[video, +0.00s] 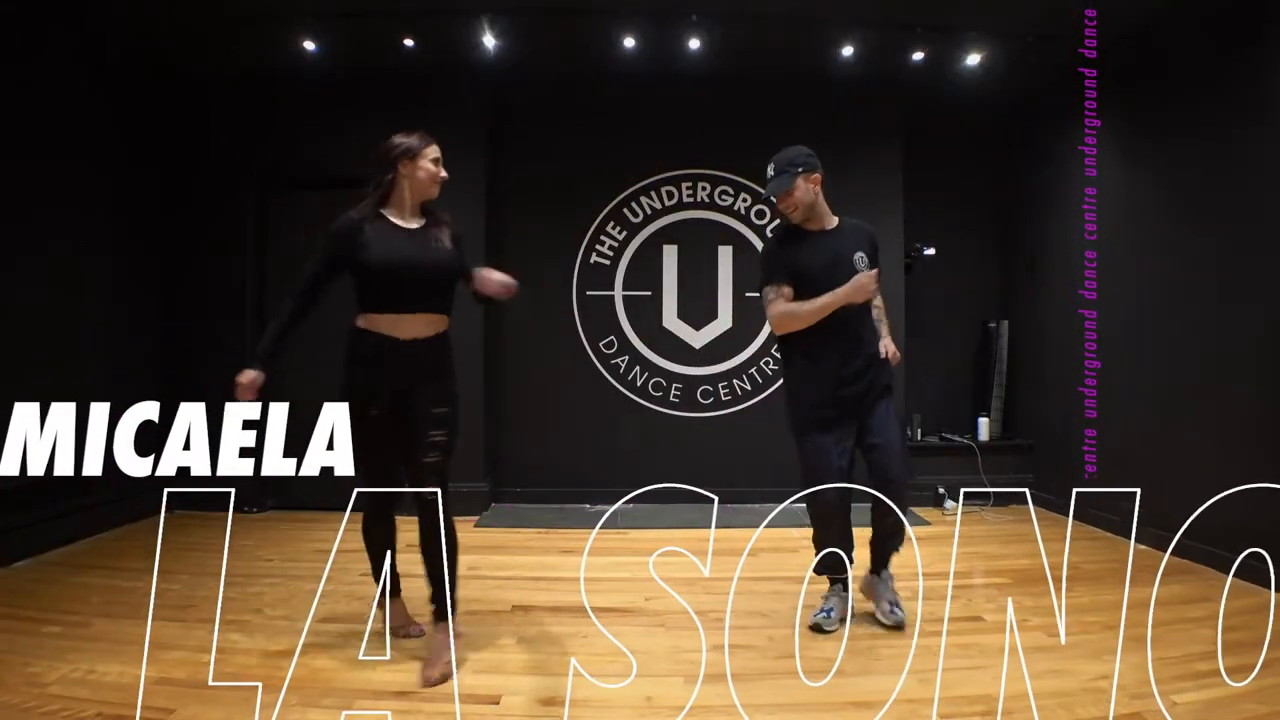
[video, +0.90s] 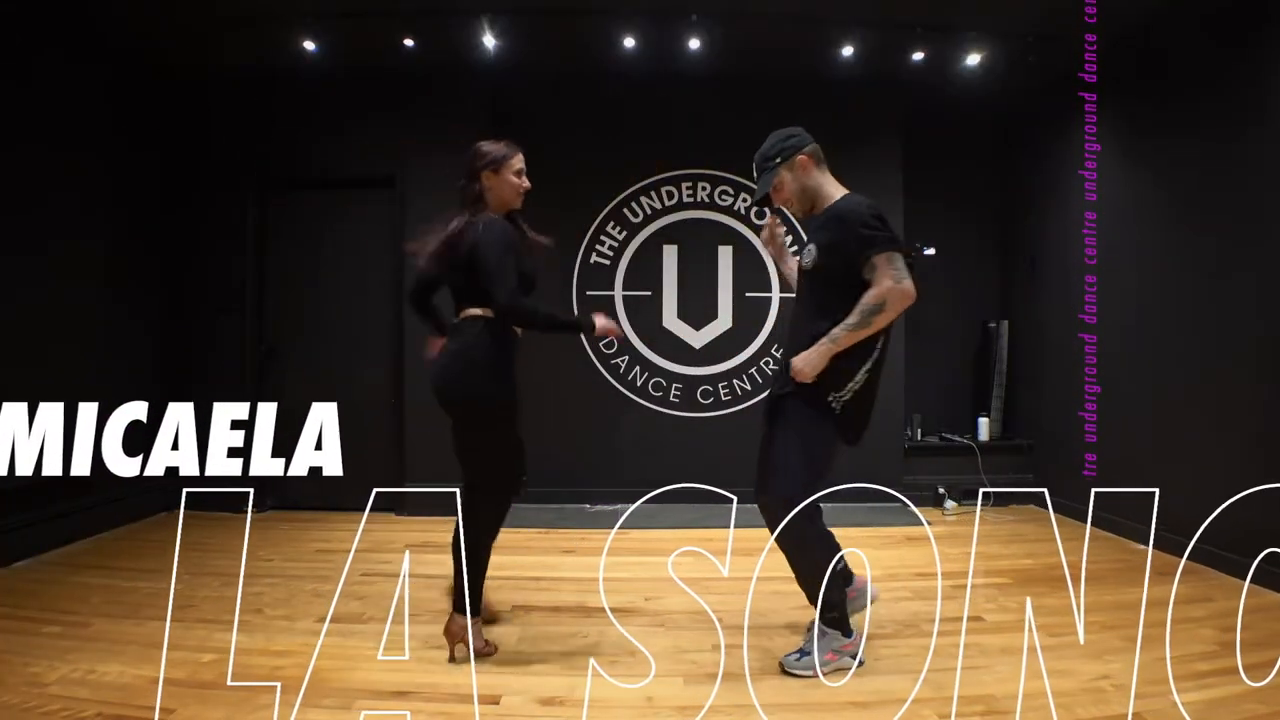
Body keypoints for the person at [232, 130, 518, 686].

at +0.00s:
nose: (443, 171)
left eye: (443, 163)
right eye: (434, 162)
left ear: (428, 171)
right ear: (403, 167)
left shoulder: (445, 230)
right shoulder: (357, 227)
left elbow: (462, 288)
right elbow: (307, 294)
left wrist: (485, 287)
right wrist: (260, 364)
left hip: (432, 364)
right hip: (371, 362)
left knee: (431, 491)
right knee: (376, 490)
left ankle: (445, 624)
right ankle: (391, 597)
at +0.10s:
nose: (429, 156)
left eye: (436, 149)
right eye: (417, 149)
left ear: (447, 164)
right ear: (398, 165)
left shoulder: (463, 225)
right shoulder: (377, 228)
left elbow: (440, 269)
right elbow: (356, 298)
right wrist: (328, 355)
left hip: (436, 356)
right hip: (381, 358)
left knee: (432, 495)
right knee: (384, 499)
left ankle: (442, 633)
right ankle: (415, 588)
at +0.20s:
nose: (395, 157)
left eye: (407, 147)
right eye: (392, 151)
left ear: (440, 157)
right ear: (394, 166)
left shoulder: (449, 218)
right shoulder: (403, 224)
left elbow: (386, 274)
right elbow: (405, 303)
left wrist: (312, 241)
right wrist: (382, 350)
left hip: (437, 363)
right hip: (398, 365)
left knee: (424, 496)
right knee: (378, 495)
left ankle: (443, 630)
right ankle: (446, 594)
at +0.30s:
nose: (397, 161)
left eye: (404, 153)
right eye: (401, 152)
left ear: (420, 161)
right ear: (439, 165)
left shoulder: (416, 223)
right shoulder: (453, 224)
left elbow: (361, 292)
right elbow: (476, 296)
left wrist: (337, 255)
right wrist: (438, 325)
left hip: (421, 371)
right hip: (442, 369)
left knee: (397, 496)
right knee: (424, 497)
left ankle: (446, 635)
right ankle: (452, 625)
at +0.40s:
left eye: (424, 161)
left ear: (413, 173)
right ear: (468, 175)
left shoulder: (392, 223)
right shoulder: (477, 223)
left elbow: (366, 312)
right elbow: (536, 284)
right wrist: (488, 319)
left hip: (409, 354)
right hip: (464, 354)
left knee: (423, 496)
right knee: (426, 485)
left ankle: (439, 638)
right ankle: (442, 617)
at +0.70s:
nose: (508, 182)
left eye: (507, 172)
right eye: (501, 172)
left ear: (465, 176)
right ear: (473, 174)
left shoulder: (424, 227)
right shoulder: (492, 227)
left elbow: (378, 299)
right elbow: (532, 299)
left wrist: (386, 369)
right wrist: (539, 260)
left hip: (430, 364)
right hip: (484, 364)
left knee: (444, 498)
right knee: (493, 500)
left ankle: (418, 623)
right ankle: (470, 624)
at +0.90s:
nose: (527, 182)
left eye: (526, 173)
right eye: (517, 174)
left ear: (492, 183)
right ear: (487, 180)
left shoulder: (464, 230)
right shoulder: (496, 231)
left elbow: (420, 291)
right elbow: (513, 309)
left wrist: (442, 329)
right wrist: (586, 323)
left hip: (461, 366)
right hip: (485, 369)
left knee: (485, 481)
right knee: (499, 480)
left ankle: (464, 596)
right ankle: (465, 616)